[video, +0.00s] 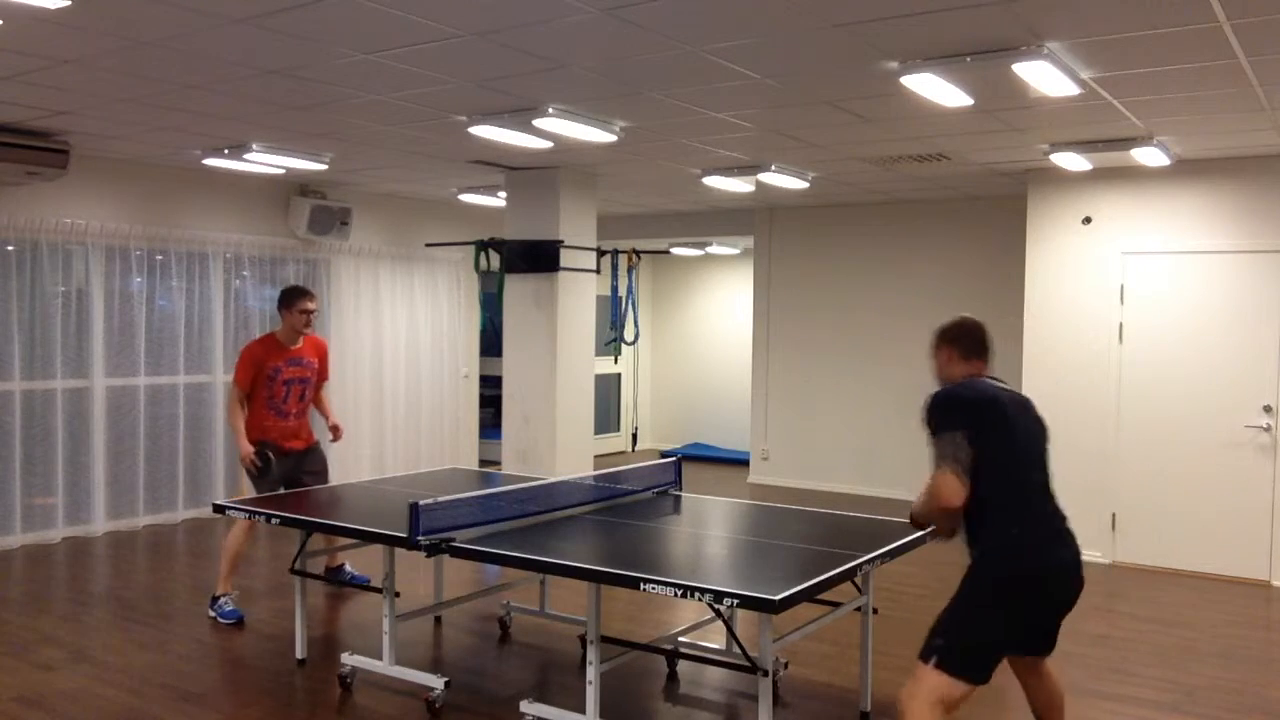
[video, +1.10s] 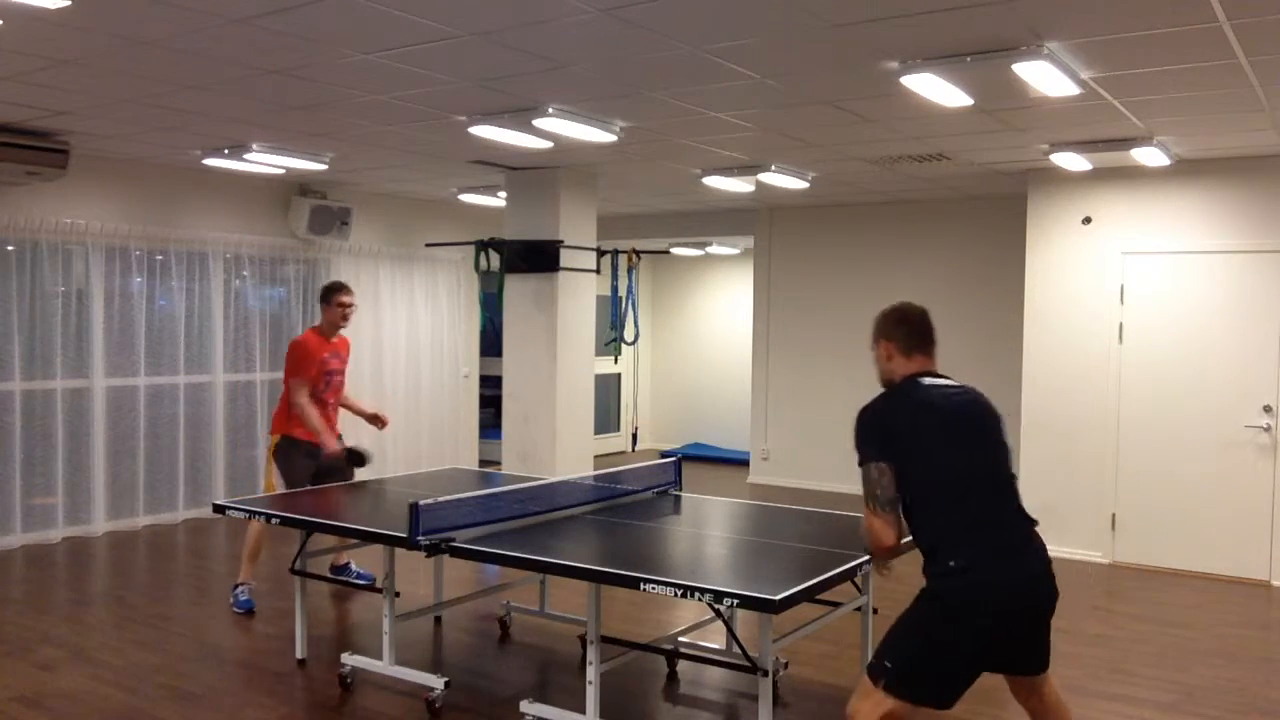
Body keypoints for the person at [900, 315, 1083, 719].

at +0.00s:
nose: (937, 369)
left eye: (938, 359)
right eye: (937, 359)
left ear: (949, 356)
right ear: (983, 357)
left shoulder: (952, 399)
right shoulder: (1021, 404)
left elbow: (950, 495)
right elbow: (1019, 487)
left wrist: (924, 514)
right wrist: (960, 513)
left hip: (1008, 568)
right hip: (1061, 564)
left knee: (923, 699)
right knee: (1029, 661)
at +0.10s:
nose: (901, 369)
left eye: (902, 359)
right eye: (901, 359)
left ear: (914, 357)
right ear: (952, 358)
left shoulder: (914, 415)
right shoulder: (995, 403)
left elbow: (922, 522)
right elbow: (1012, 487)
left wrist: (910, 528)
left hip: (988, 583)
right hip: (1049, 571)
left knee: (898, 702)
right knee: (1032, 675)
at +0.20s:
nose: (878, 373)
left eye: (877, 363)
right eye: (875, 364)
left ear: (891, 363)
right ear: (931, 358)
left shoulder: (892, 429)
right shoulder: (993, 406)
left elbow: (902, 544)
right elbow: (1063, 483)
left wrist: (926, 542)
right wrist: (1047, 520)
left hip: (979, 588)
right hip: (1044, 575)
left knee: (884, 706)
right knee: (1022, 670)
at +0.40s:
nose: (887, 357)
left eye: (887, 347)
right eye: (887, 348)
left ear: (901, 348)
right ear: (943, 345)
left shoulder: (894, 417)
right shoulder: (1005, 393)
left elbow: (902, 531)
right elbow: (1063, 482)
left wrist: (934, 502)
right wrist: (1008, 505)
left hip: (976, 576)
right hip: (1048, 567)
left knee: (905, 701)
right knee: (1027, 666)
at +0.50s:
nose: (899, 356)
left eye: (900, 344)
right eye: (899, 345)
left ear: (915, 346)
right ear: (956, 345)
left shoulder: (906, 410)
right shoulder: (1011, 392)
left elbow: (908, 518)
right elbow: (1052, 490)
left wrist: (949, 482)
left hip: (988, 570)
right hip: (1057, 562)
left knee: (913, 700)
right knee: (1030, 667)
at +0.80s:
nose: (907, 362)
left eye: (906, 351)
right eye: (907, 351)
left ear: (920, 349)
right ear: (962, 348)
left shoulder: (918, 408)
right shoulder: (1012, 393)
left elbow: (924, 526)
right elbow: (1047, 491)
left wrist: (903, 513)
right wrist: (953, 531)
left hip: (1001, 568)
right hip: (1065, 560)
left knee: (916, 700)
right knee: (1028, 668)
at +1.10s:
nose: (876, 362)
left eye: (875, 351)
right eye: (877, 353)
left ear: (885, 349)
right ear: (931, 348)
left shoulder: (879, 415)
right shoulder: (977, 402)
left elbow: (885, 538)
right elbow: (989, 496)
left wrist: (875, 539)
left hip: (963, 588)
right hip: (1031, 575)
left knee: (868, 708)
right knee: (1036, 690)